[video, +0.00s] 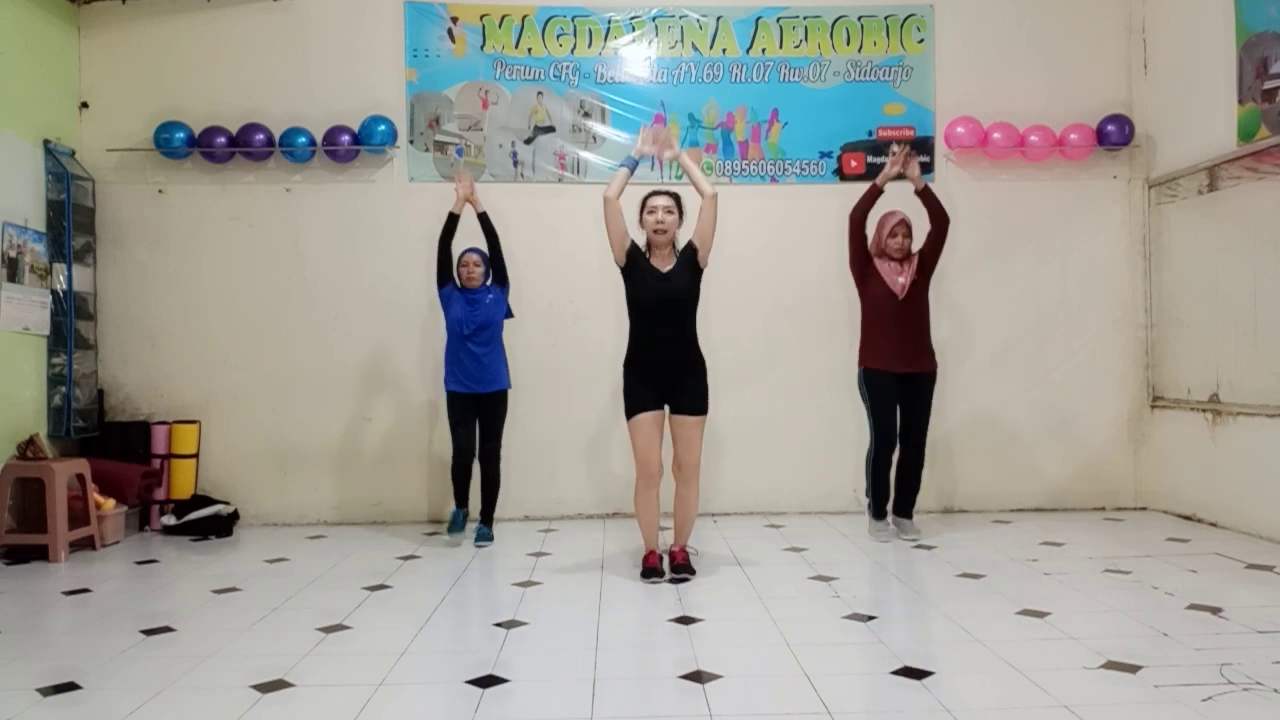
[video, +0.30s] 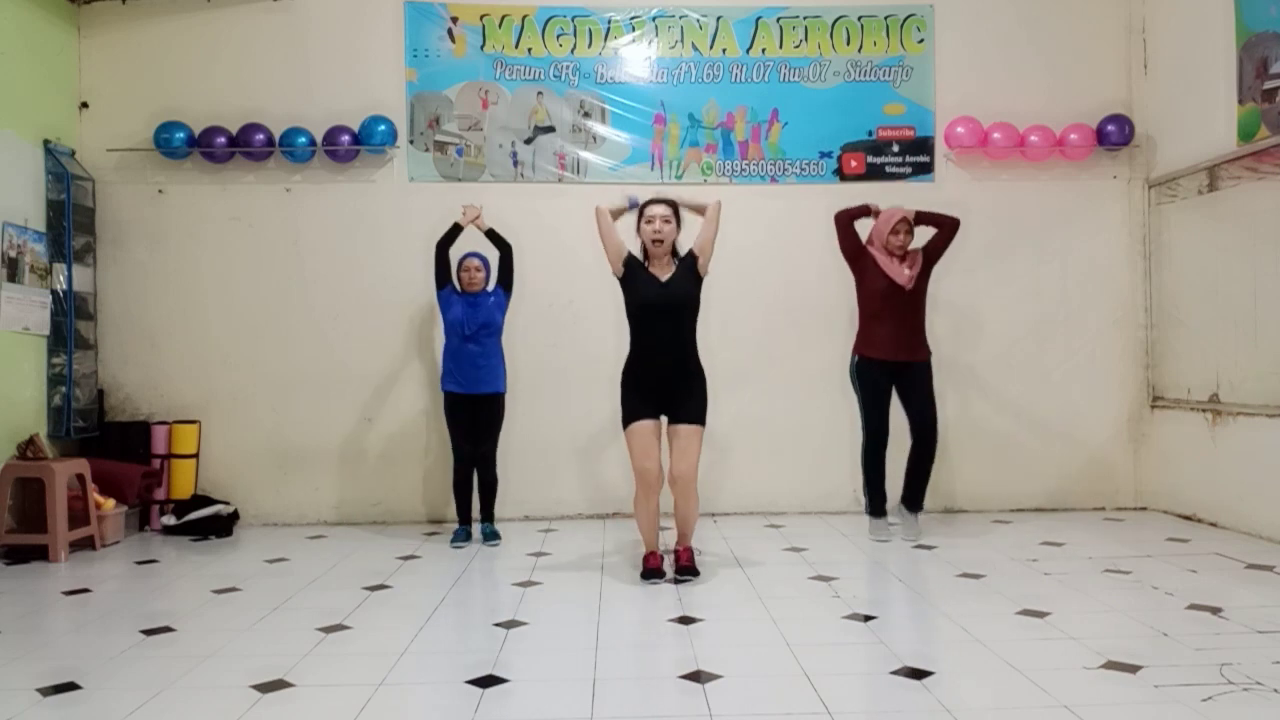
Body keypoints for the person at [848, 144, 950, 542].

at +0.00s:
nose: (902, 237)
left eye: (906, 232)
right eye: (894, 232)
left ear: (912, 239)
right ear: (879, 238)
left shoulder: (921, 267)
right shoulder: (866, 269)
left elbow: (941, 223)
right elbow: (856, 219)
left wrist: (917, 181)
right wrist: (883, 178)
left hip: (919, 368)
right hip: (878, 368)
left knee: (914, 445)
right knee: (884, 442)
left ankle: (904, 515)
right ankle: (878, 514)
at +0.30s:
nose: (902, 236)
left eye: (907, 231)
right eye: (896, 231)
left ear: (911, 235)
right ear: (881, 234)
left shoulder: (921, 261)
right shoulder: (863, 261)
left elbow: (952, 225)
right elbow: (841, 218)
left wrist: (915, 216)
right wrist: (868, 209)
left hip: (913, 361)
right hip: (872, 361)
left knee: (926, 435)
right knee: (876, 436)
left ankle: (910, 509)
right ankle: (877, 514)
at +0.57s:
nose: (894, 222)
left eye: (898, 216)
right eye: (886, 217)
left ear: (904, 218)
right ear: (874, 222)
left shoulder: (919, 248)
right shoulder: (863, 251)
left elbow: (956, 241)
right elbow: (858, 237)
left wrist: (941, 206)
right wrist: (892, 207)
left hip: (912, 349)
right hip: (871, 348)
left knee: (912, 427)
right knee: (871, 425)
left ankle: (911, 507)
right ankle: (874, 504)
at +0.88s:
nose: (893, 216)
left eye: (897, 212)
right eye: (885, 213)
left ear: (905, 220)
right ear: (874, 224)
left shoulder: (920, 258)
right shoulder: (863, 262)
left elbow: (938, 298)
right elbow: (865, 310)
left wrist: (944, 335)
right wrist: (895, 342)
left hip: (912, 355)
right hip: (870, 355)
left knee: (920, 429)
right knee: (868, 431)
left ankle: (907, 505)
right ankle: (865, 510)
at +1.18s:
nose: (903, 225)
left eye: (907, 220)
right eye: (895, 221)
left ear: (914, 229)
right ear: (883, 231)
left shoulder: (931, 271)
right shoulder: (872, 270)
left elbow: (942, 321)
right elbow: (854, 318)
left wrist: (937, 359)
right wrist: (829, 340)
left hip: (915, 368)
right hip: (874, 364)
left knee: (915, 443)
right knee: (871, 436)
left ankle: (907, 517)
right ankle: (867, 511)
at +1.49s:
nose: (896, 228)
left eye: (901, 223)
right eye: (889, 224)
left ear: (908, 231)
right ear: (876, 234)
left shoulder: (917, 270)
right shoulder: (865, 270)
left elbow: (930, 317)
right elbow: (853, 275)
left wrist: (933, 357)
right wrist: (876, 252)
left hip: (913, 368)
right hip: (871, 368)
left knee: (919, 444)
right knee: (873, 444)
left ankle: (910, 516)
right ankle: (873, 519)